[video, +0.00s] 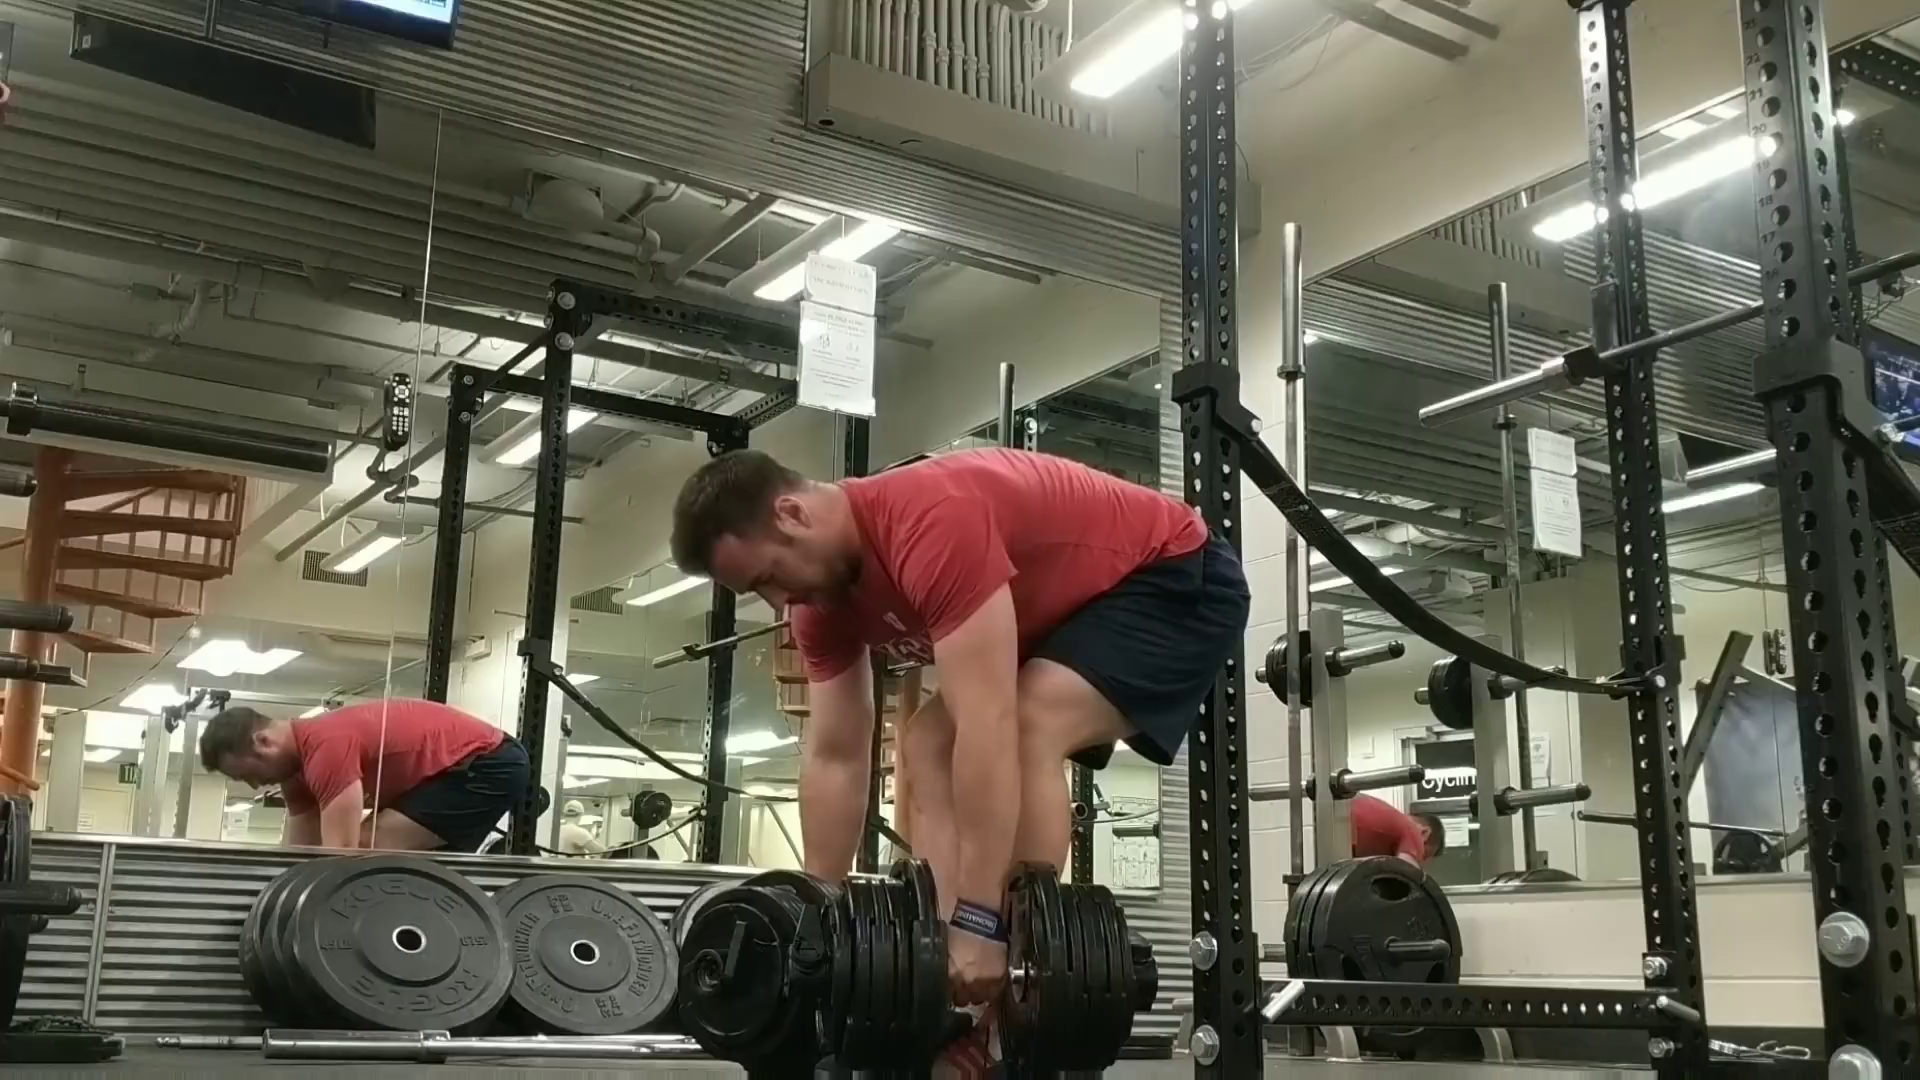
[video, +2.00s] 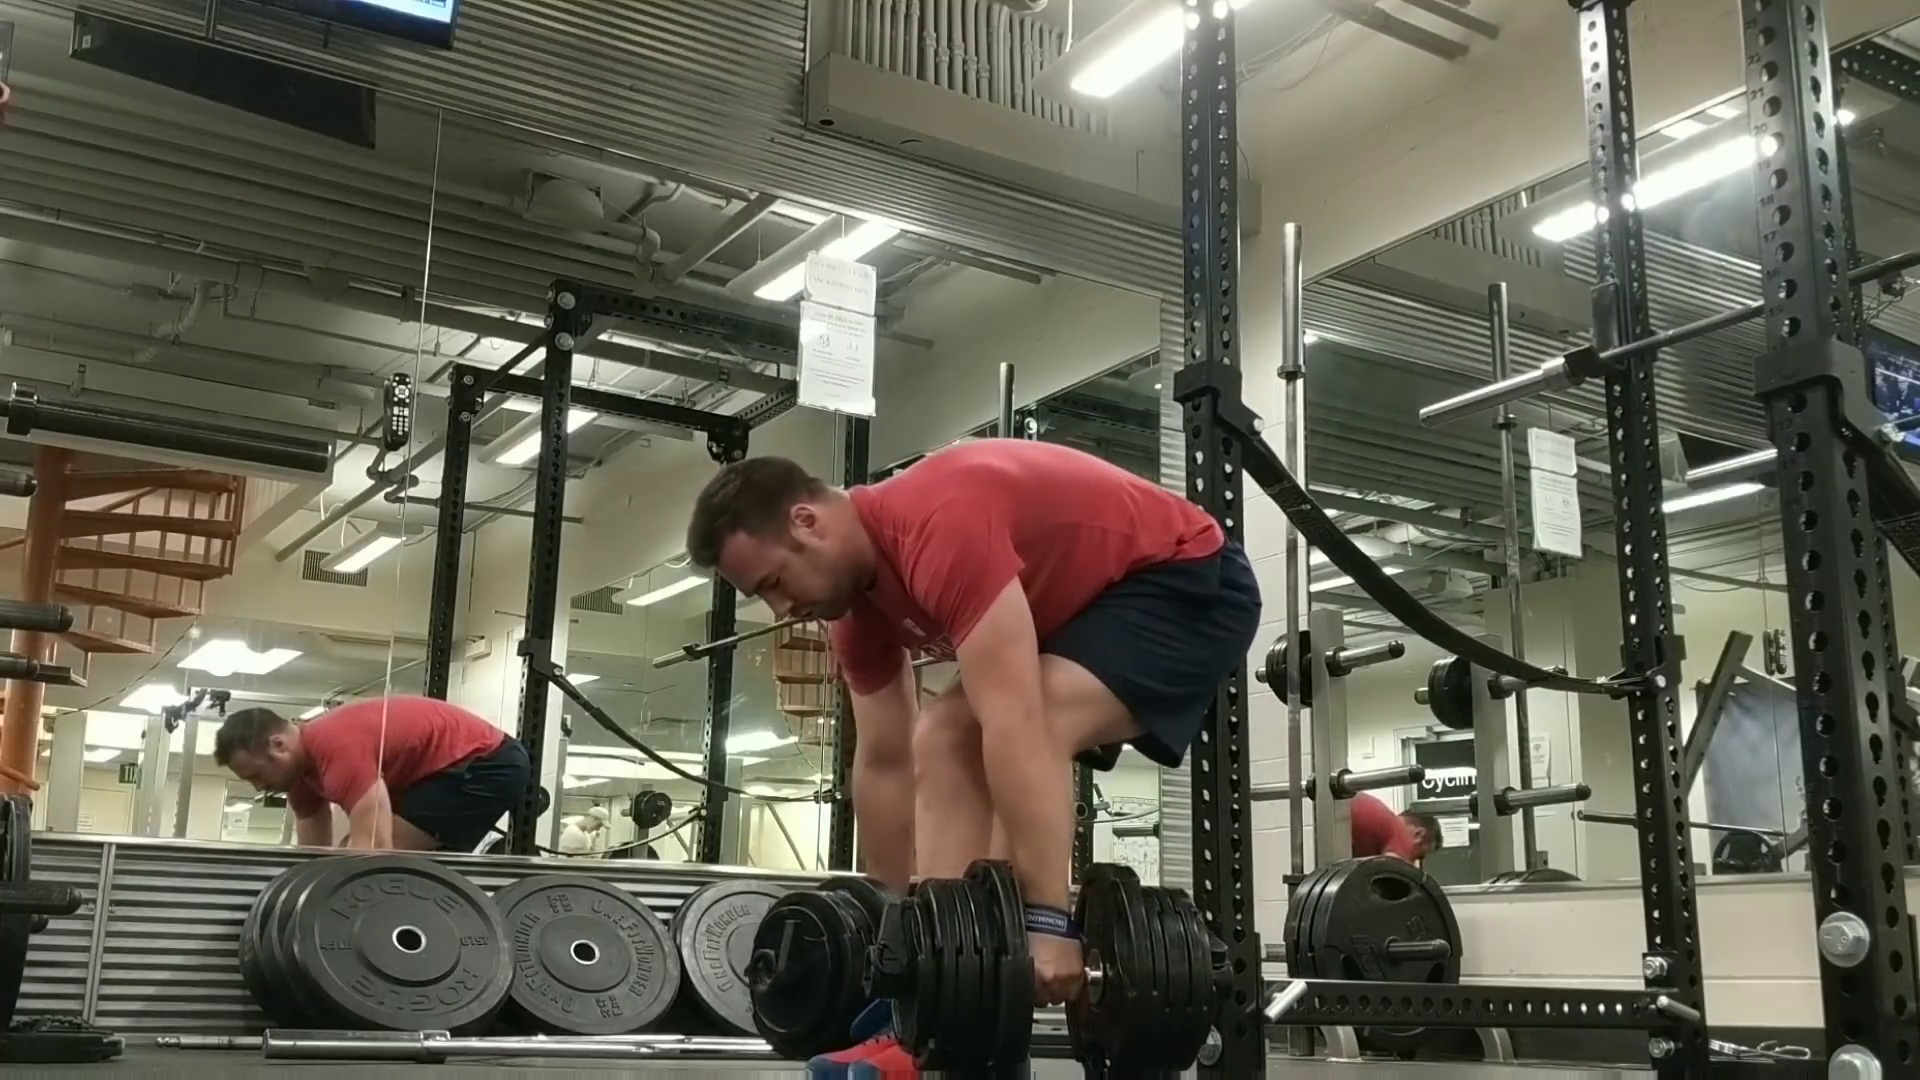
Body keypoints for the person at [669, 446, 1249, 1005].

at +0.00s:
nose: (777, 605)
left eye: (766, 581)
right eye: (757, 595)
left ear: (793, 515)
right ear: (794, 518)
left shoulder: (937, 521)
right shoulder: (826, 596)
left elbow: (987, 720)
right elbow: (833, 754)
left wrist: (980, 922)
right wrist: (817, 926)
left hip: (1173, 576)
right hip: (1063, 610)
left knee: (1025, 722)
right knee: (928, 733)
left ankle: (1024, 980)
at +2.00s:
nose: (778, 610)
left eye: (772, 584)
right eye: (761, 597)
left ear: (807, 523)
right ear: (806, 523)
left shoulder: (947, 525)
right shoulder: (859, 608)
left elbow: (1018, 722)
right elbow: (883, 764)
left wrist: (1049, 920)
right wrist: (886, 944)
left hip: (1186, 584)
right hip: (1082, 613)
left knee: (1021, 728)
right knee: (944, 730)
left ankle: (976, 1025)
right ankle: (918, 1007)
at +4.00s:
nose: (757, 557)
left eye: (755, 530)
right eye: (742, 545)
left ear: (797, 470)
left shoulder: (944, 505)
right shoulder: (837, 591)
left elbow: (992, 703)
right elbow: (858, 746)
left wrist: (1001, 905)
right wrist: (850, 912)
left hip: (1169, 581)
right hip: (1062, 615)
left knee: (1021, 725)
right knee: (929, 738)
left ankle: (994, 1024)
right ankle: (927, 1021)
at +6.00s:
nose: (764, 525)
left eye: (762, 499)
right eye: (748, 515)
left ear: (803, 439)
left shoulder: (952, 483)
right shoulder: (845, 566)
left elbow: (985, 687)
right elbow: (854, 723)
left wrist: (985, 879)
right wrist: (845, 884)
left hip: (1167, 580)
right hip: (1061, 615)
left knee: (1015, 726)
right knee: (933, 737)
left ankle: (991, 1029)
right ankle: (935, 1018)